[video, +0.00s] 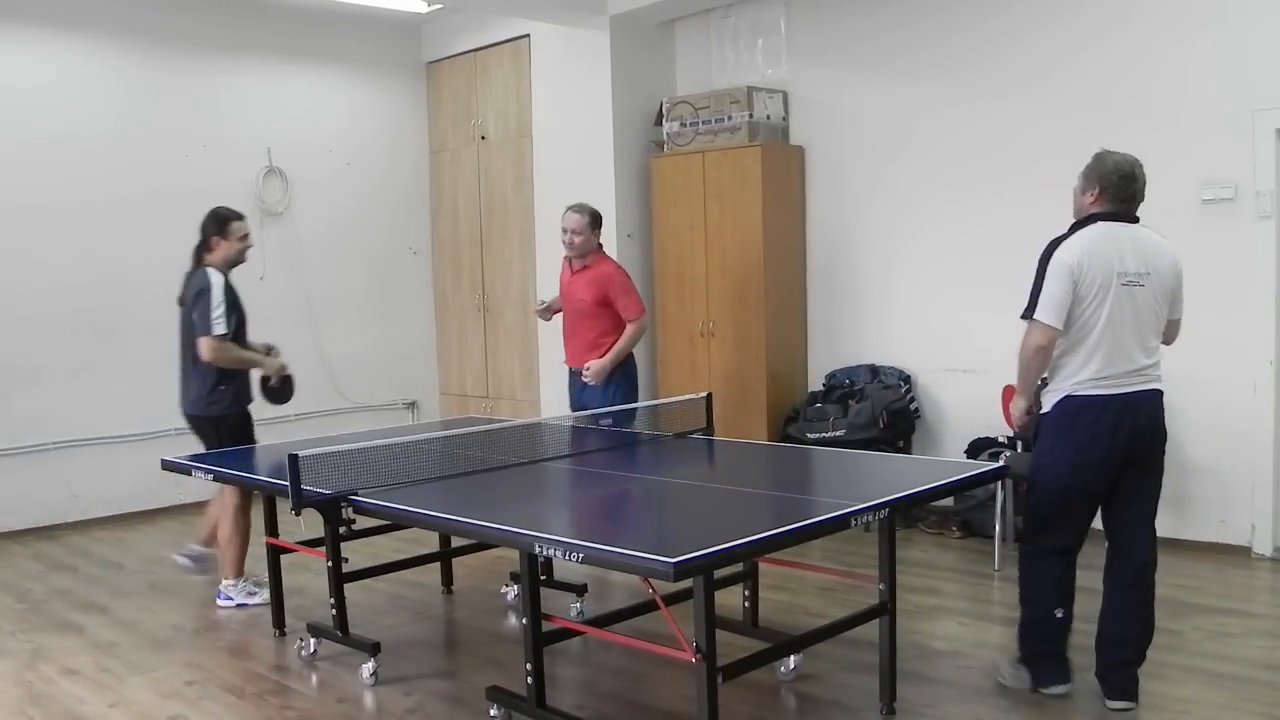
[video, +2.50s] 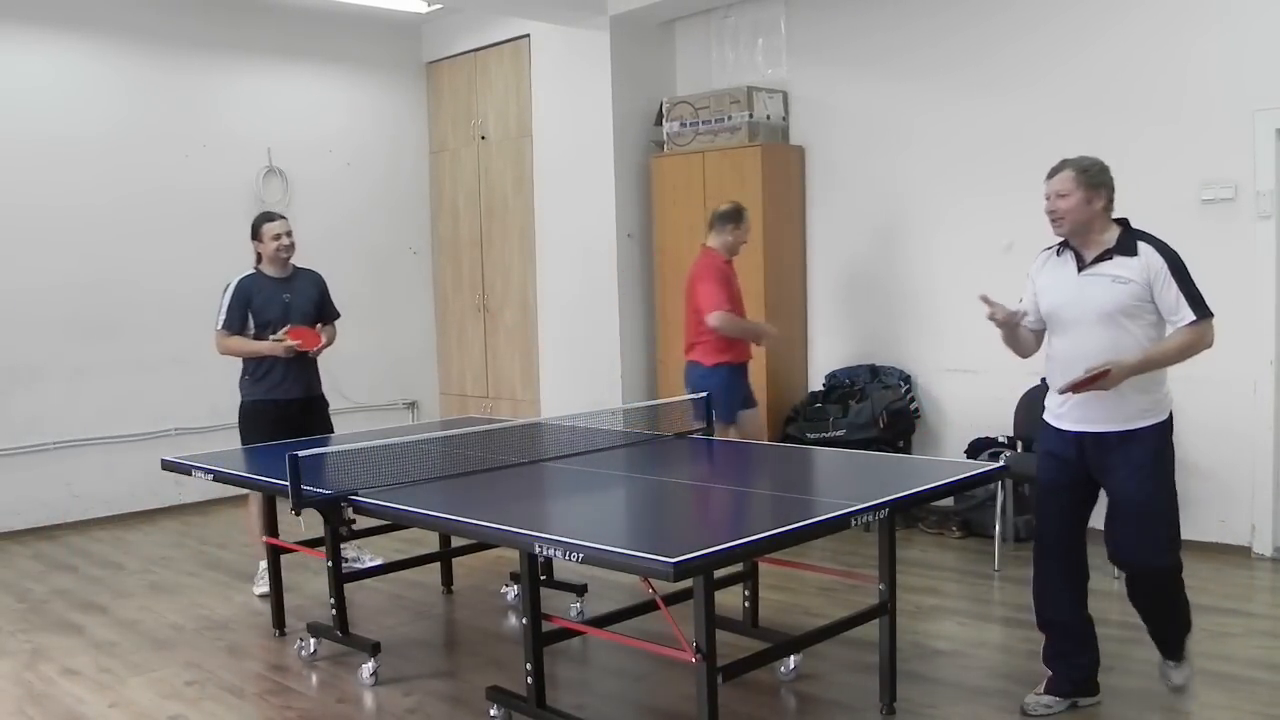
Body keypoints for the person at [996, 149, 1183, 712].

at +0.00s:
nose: (1074, 198)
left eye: (1078, 189)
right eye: (1077, 189)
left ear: (1093, 194)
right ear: (1134, 199)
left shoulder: (1071, 250)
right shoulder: (1164, 253)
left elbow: (1041, 340)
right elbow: (1168, 332)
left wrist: (1025, 398)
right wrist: (1112, 318)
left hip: (1078, 420)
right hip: (1145, 418)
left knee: (1049, 542)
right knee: (1133, 547)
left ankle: (1045, 668)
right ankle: (1121, 682)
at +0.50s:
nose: (1016, 206)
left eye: (1022, 199)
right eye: (1020, 198)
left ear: (1041, 205)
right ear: (1067, 208)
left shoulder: (1023, 263)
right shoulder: (1102, 258)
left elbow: (1000, 348)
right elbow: (1111, 331)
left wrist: (969, 400)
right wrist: (1053, 329)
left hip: (1026, 416)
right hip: (1089, 414)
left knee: (1011, 531)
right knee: (1083, 525)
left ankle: (1020, 650)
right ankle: (1112, 644)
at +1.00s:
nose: (989, 220)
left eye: (993, 210)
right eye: (990, 210)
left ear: (1018, 212)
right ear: (1037, 213)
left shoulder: (1025, 254)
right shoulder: (1071, 255)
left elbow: (1018, 332)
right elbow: (1094, 328)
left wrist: (977, 393)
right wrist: (1037, 344)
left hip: (1042, 407)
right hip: (1082, 400)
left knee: (1017, 522)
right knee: (1062, 511)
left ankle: (1020, 646)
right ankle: (1062, 613)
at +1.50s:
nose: (1016, 215)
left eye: (1024, 207)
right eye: (1014, 208)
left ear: (1057, 208)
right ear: (1035, 212)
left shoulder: (1090, 251)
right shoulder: (1036, 259)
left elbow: (1132, 319)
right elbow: (1039, 324)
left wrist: (1122, 397)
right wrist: (1002, 364)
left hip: (1104, 411)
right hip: (1055, 412)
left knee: (1122, 525)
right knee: (1066, 520)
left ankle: (1142, 644)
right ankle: (1062, 613)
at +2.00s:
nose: (1089, 207)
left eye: (1100, 197)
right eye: (1085, 198)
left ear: (1133, 201)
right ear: (1082, 204)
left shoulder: (1177, 258)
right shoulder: (1076, 254)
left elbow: (1205, 335)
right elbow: (1052, 314)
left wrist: (1133, 366)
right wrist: (1040, 328)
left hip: (1158, 423)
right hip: (1089, 418)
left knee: (1165, 538)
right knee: (1070, 532)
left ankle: (1160, 646)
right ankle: (1070, 643)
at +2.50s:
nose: (1050, 208)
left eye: (1061, 197)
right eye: (1048, 199)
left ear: (1100, 199)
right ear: (1052, 206)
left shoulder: (1150, 256)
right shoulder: (1049, 263)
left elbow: (1200, 332)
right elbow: (1028, 346)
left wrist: (1130, 366)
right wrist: (1009, 325)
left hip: (1137, 435)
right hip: (1062, 433)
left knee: (1146, 559)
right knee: (1056, 560)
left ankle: (1173, 646)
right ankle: (1072, 678)